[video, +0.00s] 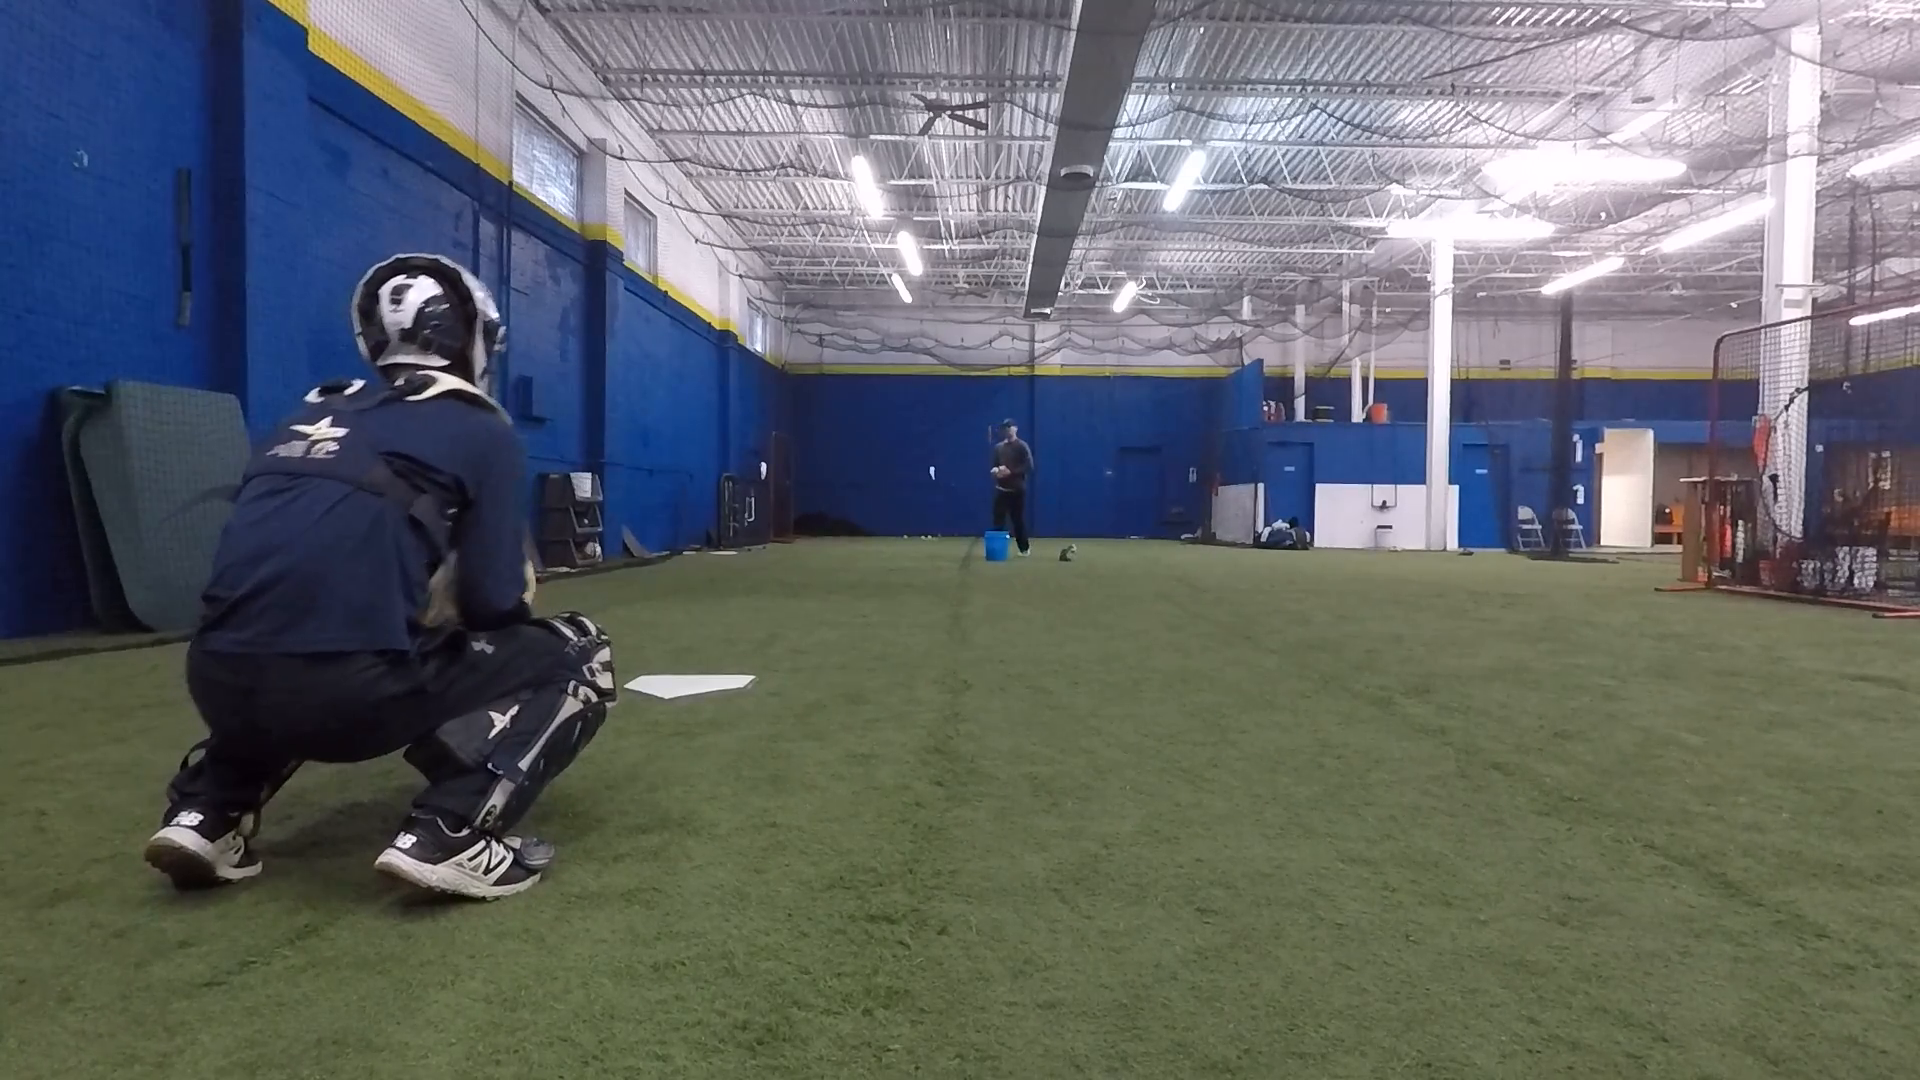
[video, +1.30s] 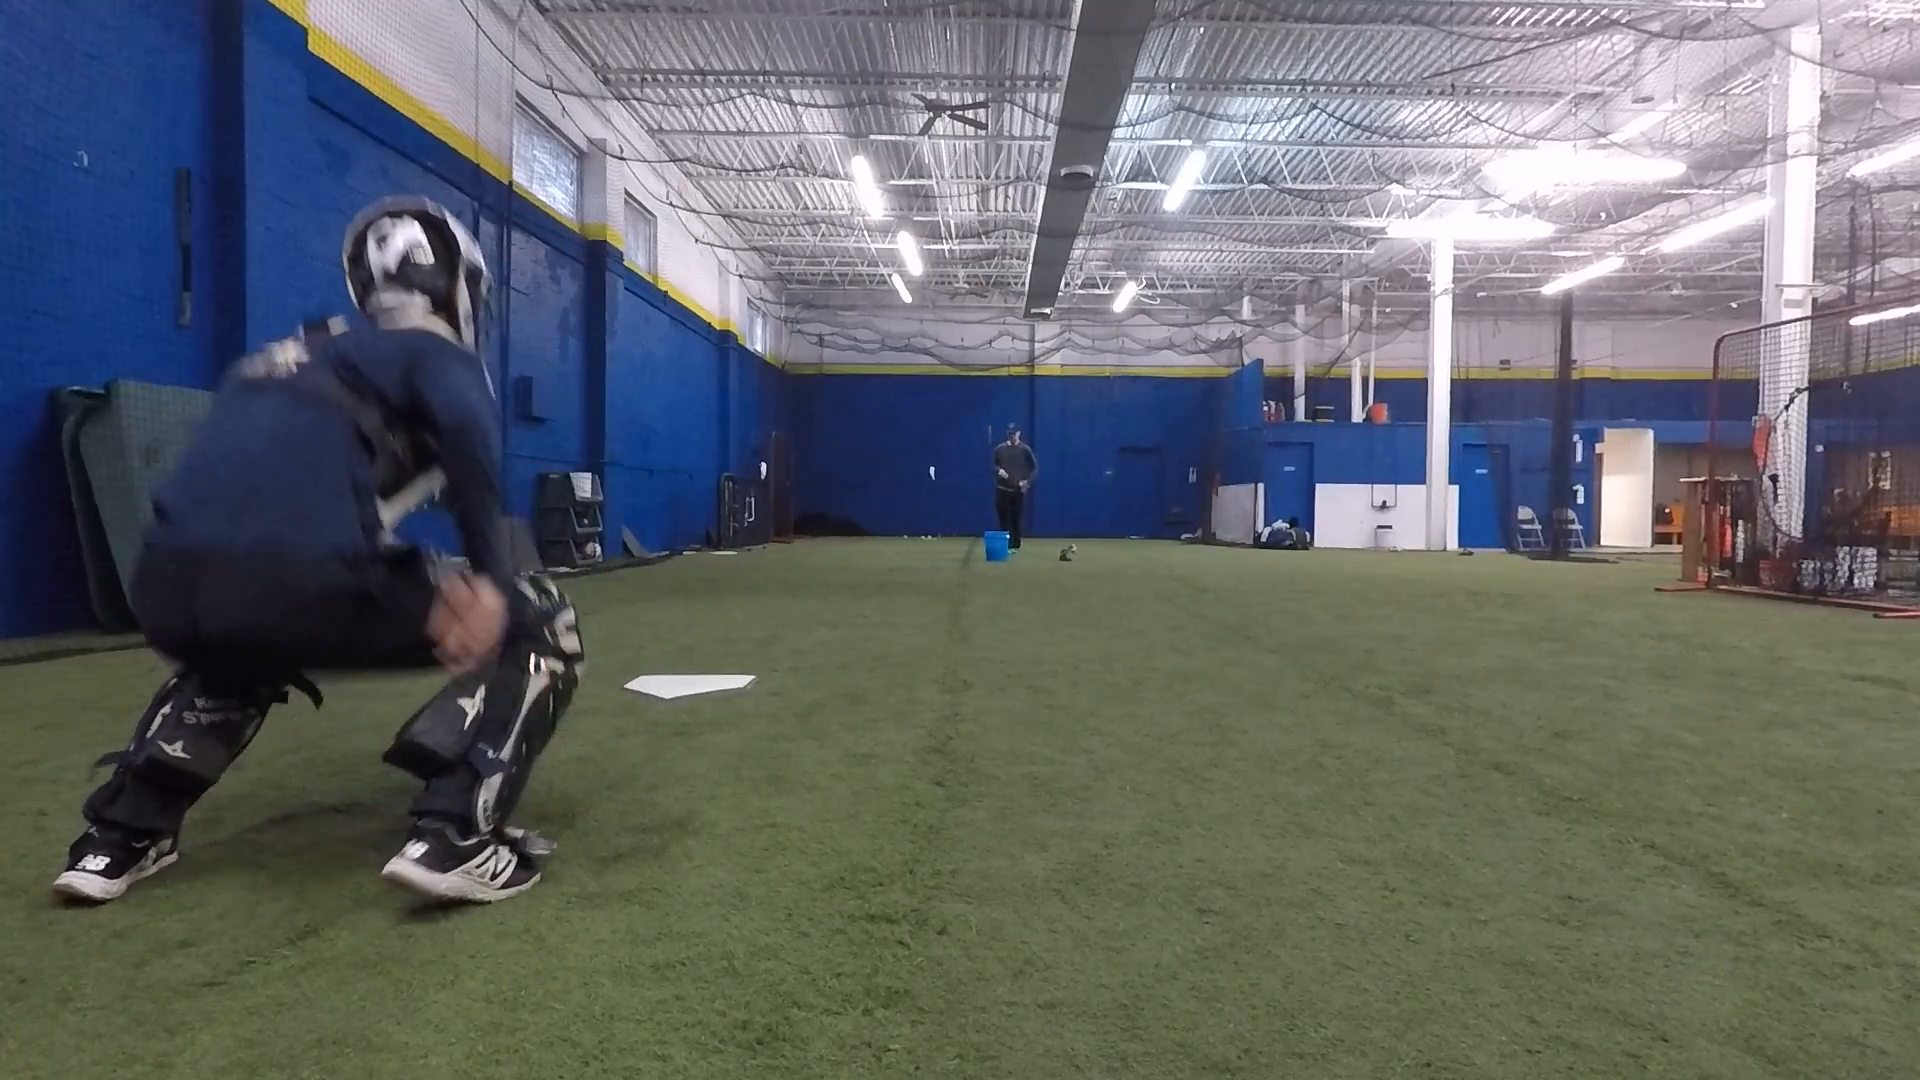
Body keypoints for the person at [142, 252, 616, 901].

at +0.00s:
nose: (491, 351)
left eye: (488, 336)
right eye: (486, 335)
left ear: (373, 342)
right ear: (472, 340)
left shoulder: (313, 409)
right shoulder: (484, 433)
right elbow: (491, 603)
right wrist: (520, 590)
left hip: (224, 686)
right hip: (355, 694)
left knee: (313, 616)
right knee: (580, 654)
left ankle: (207, 811)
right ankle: (451, 830)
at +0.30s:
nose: (566, 342)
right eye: (562, 327)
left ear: (448, 330)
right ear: (550, 335)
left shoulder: (375, 396)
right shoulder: (567, 442)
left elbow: (278, 540)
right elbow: (556, 612)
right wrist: (463, 606)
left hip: (289, 670)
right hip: (430, 691)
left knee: (291, 631)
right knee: (589, 674)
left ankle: (205, 821)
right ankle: (462, 821)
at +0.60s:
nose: (606, 345)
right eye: (606, 334)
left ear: (499, 328)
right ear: (601, 347)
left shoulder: (437, 382)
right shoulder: (616, 460)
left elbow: (269, 481)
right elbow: (596, 626)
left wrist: (369, 522)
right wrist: (517, 608)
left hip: (334, 658)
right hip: (477, 696)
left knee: (260, 592)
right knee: (576, 683)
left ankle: (151, 815)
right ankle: (474, 818)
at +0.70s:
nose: (604, 346)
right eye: (602, 333)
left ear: (495, 329)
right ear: (596, 348)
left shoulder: (425, 388)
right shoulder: (610, 460)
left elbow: (262, 490)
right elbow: (628, 632)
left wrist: (361, 536)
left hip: (324, 658)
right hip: (470, 691)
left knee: (252, 603)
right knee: (581, 676)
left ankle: (117, 828)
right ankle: (472, 819)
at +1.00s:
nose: (542, 365)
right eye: (539, 353)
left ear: (423, 350)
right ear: (525, 357)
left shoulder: (349, 415)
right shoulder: (520, 438)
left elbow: (221, 535)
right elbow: (621, 587)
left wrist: (323, 575)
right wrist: (652, 695)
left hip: (255, 682)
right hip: (404, 696)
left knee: (213, 655)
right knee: (581, 664)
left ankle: (102, 849)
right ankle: (463, 833)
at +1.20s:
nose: (492, 346)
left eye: (491, 331)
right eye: (488, 330)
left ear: (377, 332)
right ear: (471, 329)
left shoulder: (312, 394)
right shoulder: (456, 406)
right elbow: (516, 516)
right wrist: (551, 637)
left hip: (193, 643)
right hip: (331, 650)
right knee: (537, 660)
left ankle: (113, 839)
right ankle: (445, 840)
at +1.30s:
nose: (477, 297)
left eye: (473, 281)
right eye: (472, 280)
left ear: (361, 284)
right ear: (457, 283)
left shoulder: (287, 353)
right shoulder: (434, 351)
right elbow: (465, 426)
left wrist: (421, 581)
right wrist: (493, 579)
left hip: (171, 590)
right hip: (308, 587)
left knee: (245, 654)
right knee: (543, 626)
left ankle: (116, 835)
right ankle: (455, 834)